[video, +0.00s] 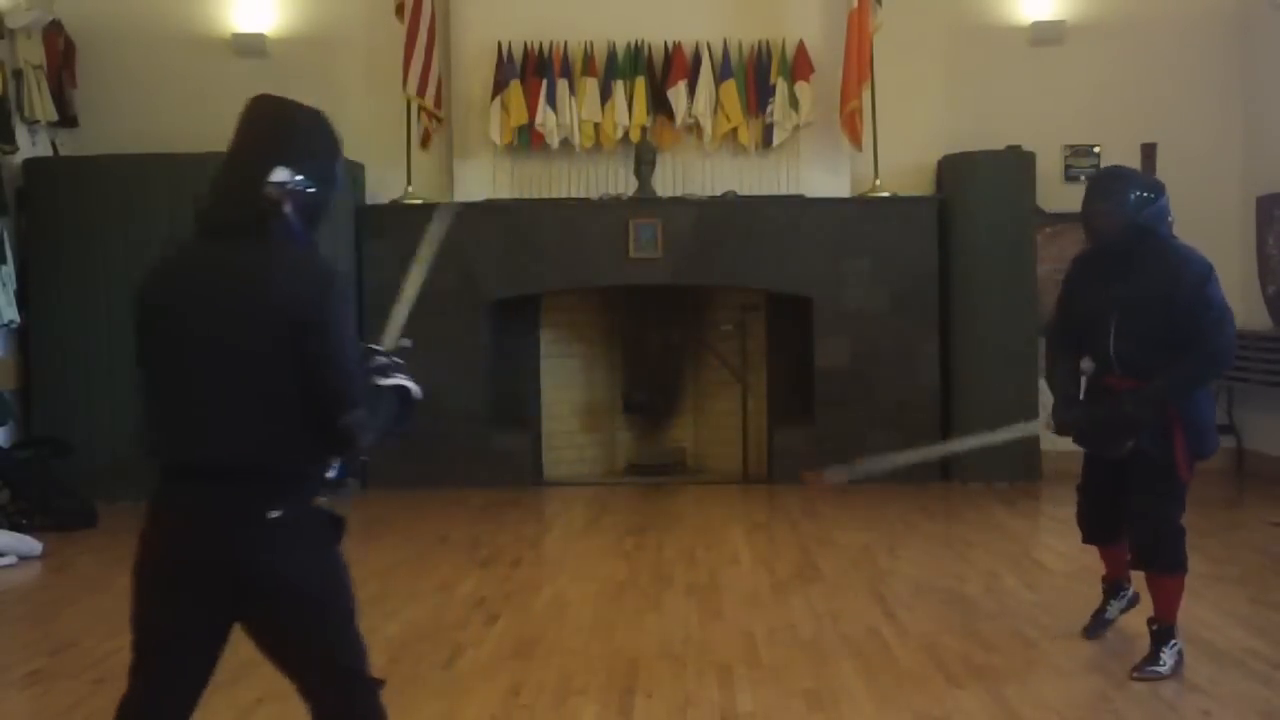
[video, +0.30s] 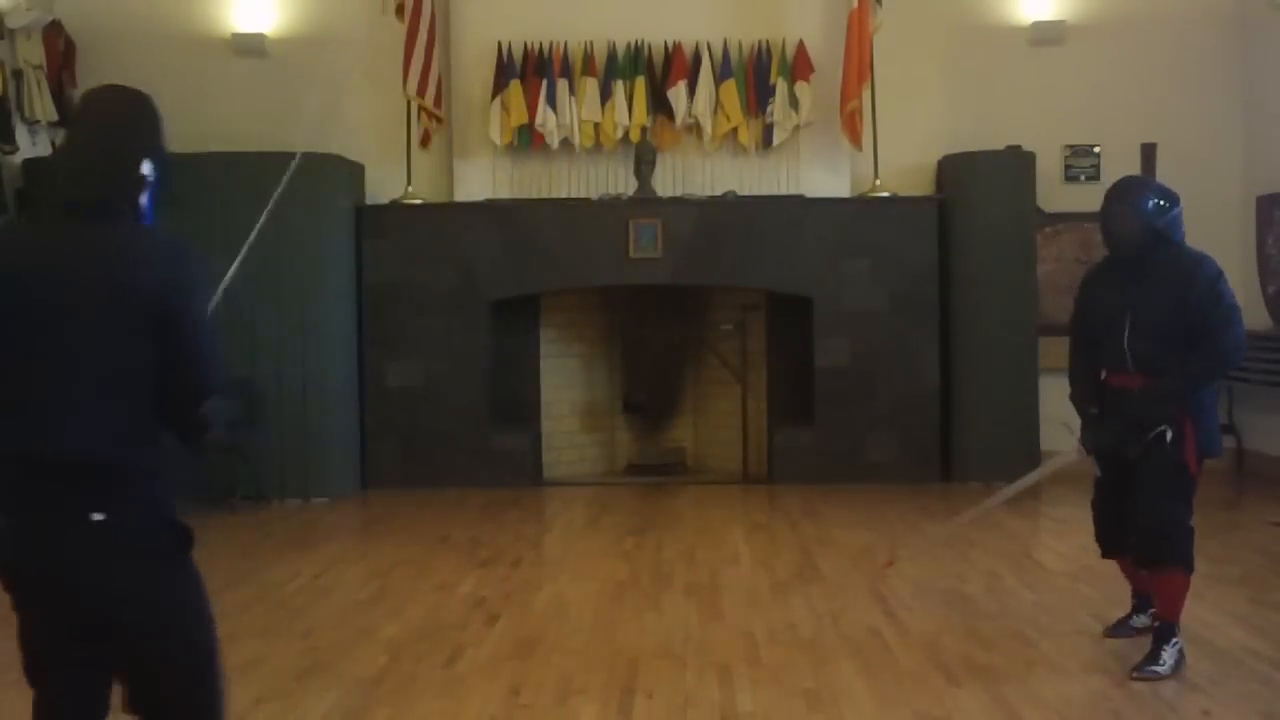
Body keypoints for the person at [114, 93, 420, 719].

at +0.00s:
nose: (331, 201)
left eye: (330, 182)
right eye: (327, 184)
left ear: (237, 173)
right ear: (303, 189)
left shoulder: (171, 273)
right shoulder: (308, 280)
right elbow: (344, 426)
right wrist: (391, 394)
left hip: (180, 530)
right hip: (280, 537)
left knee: (152, 705)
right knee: (348, 702)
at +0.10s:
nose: (270, 209)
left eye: (270, 189)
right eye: (267, 190)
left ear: (179, 172)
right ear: (243, 192)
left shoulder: (113, 270)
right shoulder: (247, 281)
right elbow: (276, 428)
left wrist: (267, 355)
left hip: (114, 535)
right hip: (209, 542)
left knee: (118, 709)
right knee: (302, 706)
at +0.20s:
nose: (207, 191)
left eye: (207, 174)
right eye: (205, 175)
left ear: (123, 161)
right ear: (188, 180)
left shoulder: (53, 259)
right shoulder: (198, 272)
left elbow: (16, 378)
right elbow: (227, 414)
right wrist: (257, 373)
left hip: (66, 520)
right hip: (163, 526)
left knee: (96, 704)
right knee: (262, 698)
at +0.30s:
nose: (157, 168)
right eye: (154, 155)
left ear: (72, 153)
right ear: (144, 166)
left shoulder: (19, 246)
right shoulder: (160, 261)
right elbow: (194, 397)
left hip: (29, 521)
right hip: (130, 522)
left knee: (65, 700)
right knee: (185, 704)